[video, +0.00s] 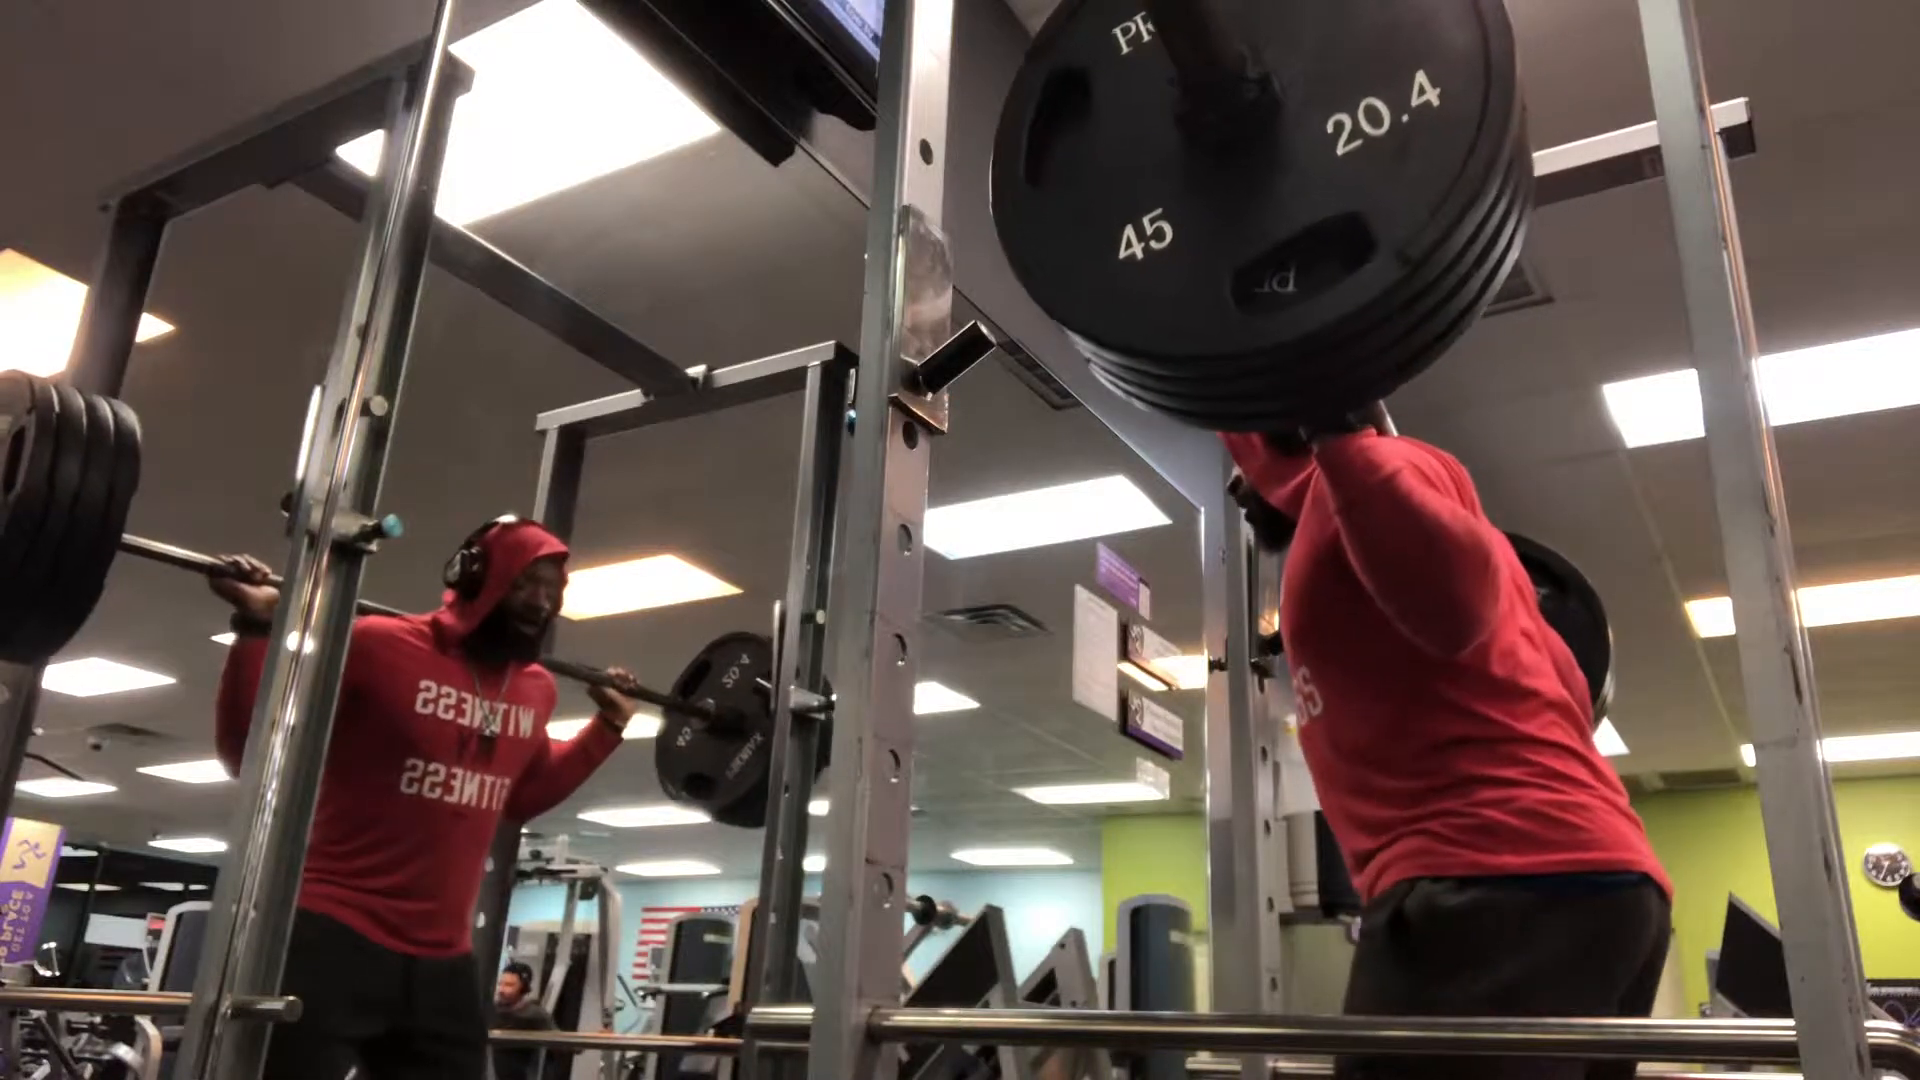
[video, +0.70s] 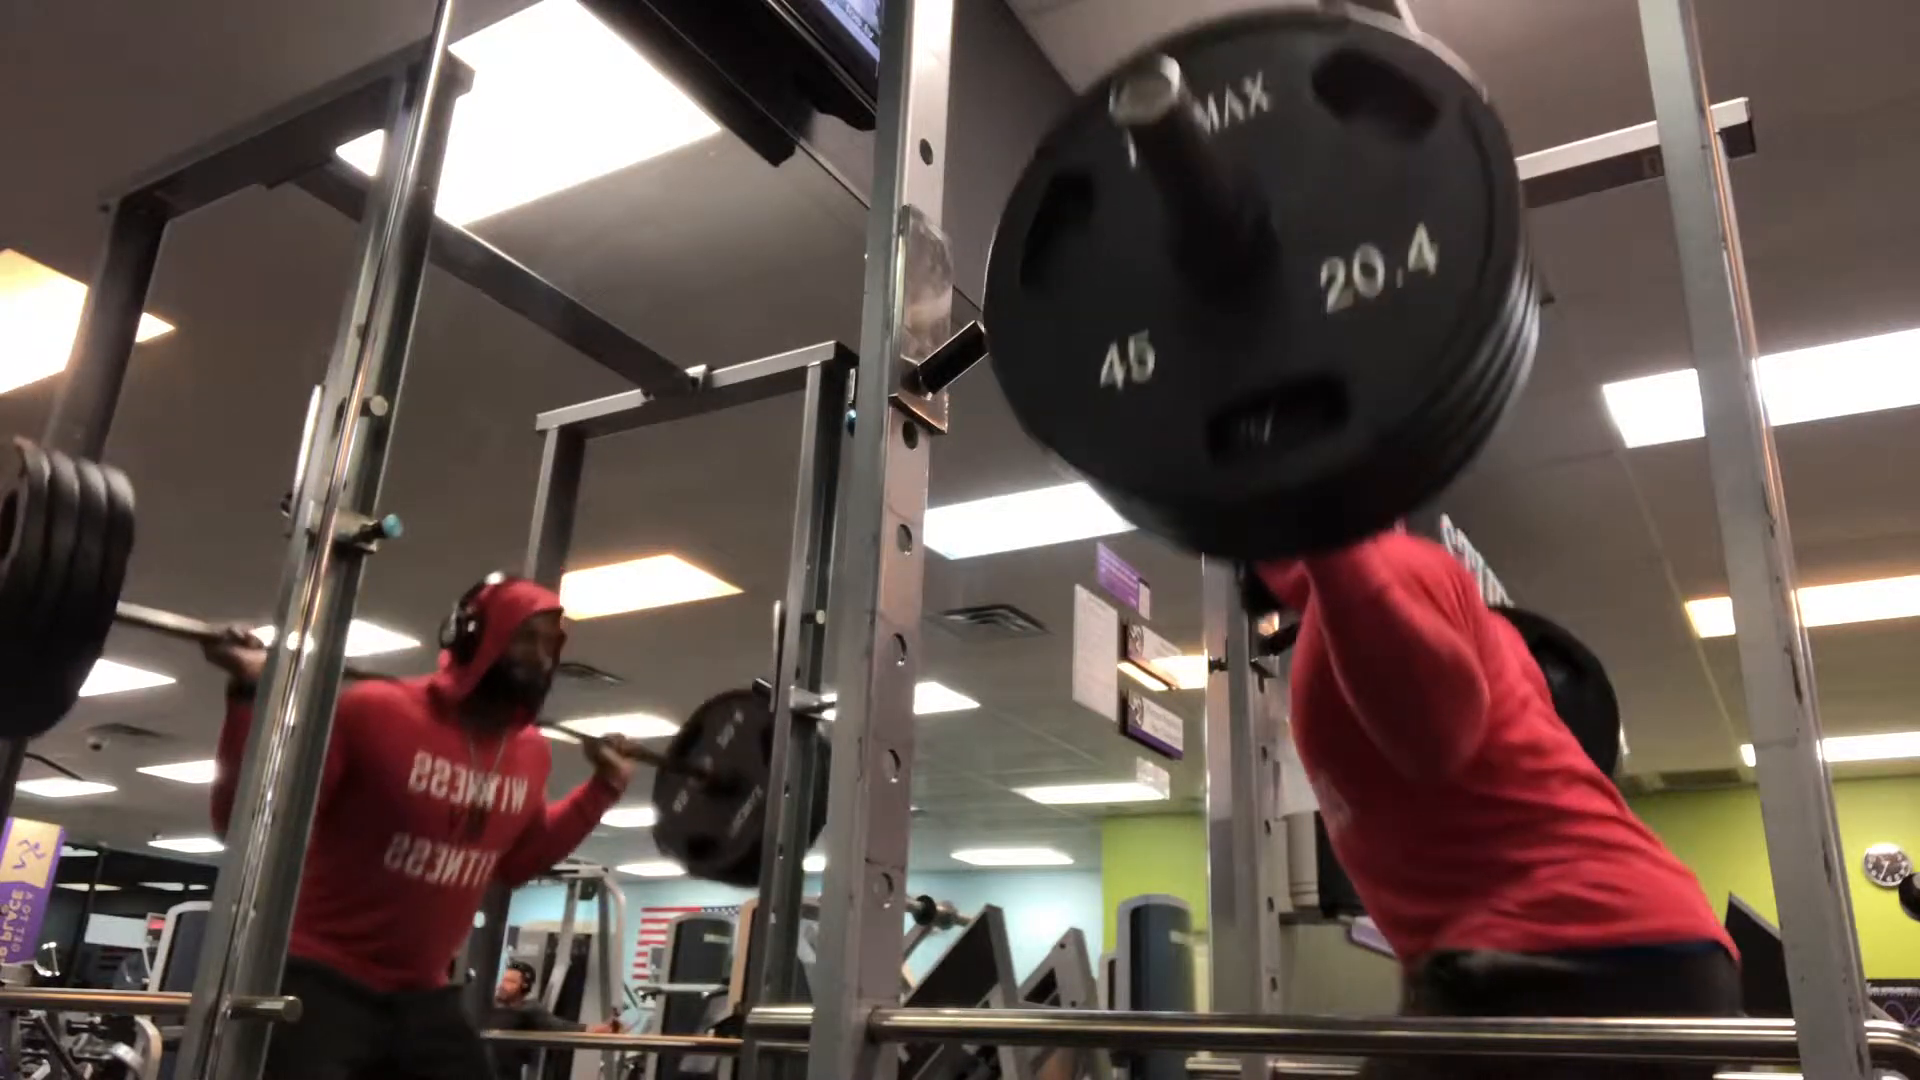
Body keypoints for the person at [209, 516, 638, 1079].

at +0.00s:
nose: (542, 601)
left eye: (553, 588)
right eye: (528, 582)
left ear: (560, 599)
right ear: (482, 578)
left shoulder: (534, 689)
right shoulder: (375, 643)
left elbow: (522, 798)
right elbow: (244, 753)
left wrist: (607, 725)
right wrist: (256, 629)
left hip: (444, 960)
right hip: (332, 934)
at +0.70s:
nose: (546, 661)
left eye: (554, 646)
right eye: (531, 639)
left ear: (557, 656)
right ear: (484, 639)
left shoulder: (530, 753)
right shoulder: (369, 710)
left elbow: (514, 863)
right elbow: (237, 821)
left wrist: (601, 790)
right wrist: (248, 695)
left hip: (426, 999)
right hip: (320, 985)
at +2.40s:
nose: (523, 822)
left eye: (533, 805)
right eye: (506, 801)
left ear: (542, 812)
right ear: (459, 801)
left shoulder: (515, 904)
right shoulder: (344, 875)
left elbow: (502, 1004)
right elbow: (231, 991)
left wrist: (595, 934)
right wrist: (229, 865)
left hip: (418, 1069)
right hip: (309, 1065)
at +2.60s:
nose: (528, 766)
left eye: (539, 752)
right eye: (511, 747)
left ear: (547, 762)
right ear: (467, 746)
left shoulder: (520, 855)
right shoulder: (354, 822)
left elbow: (507, 959)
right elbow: (225, 941)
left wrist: (599, 889)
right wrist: (231, 820)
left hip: (412, 1063)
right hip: (307, 1052)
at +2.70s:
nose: (529, 738)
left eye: (540, 722)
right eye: (513, 716)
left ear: (547, 734)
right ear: (467, 718)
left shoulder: (523, 829)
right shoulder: (358, 795)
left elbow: (511, 932)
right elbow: (223, 918)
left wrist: (601, 862)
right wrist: (242, 778)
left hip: (417, 1049)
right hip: (314, 1037)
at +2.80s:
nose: (532, 699)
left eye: (544, 686)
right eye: (516, 680)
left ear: (553, 699)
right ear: (471, 681)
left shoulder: (528, 795)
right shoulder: (365, 759)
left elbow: (515, 904)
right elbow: (233, 869)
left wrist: (606, 832)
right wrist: (247, 747)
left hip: (427, 1028)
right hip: (321, 1017)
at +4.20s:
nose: (527, 605)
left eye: (539, 592)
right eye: (514, 586)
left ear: (549, 601)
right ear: (470, 580)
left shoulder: (521, 687)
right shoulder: (364, 643)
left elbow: (513, 794)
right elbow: (234, 756)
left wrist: (600, 722)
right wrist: (244, 631)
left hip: (437, 952)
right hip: (329, 931)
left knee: (425, 1073)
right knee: (305, 1071)